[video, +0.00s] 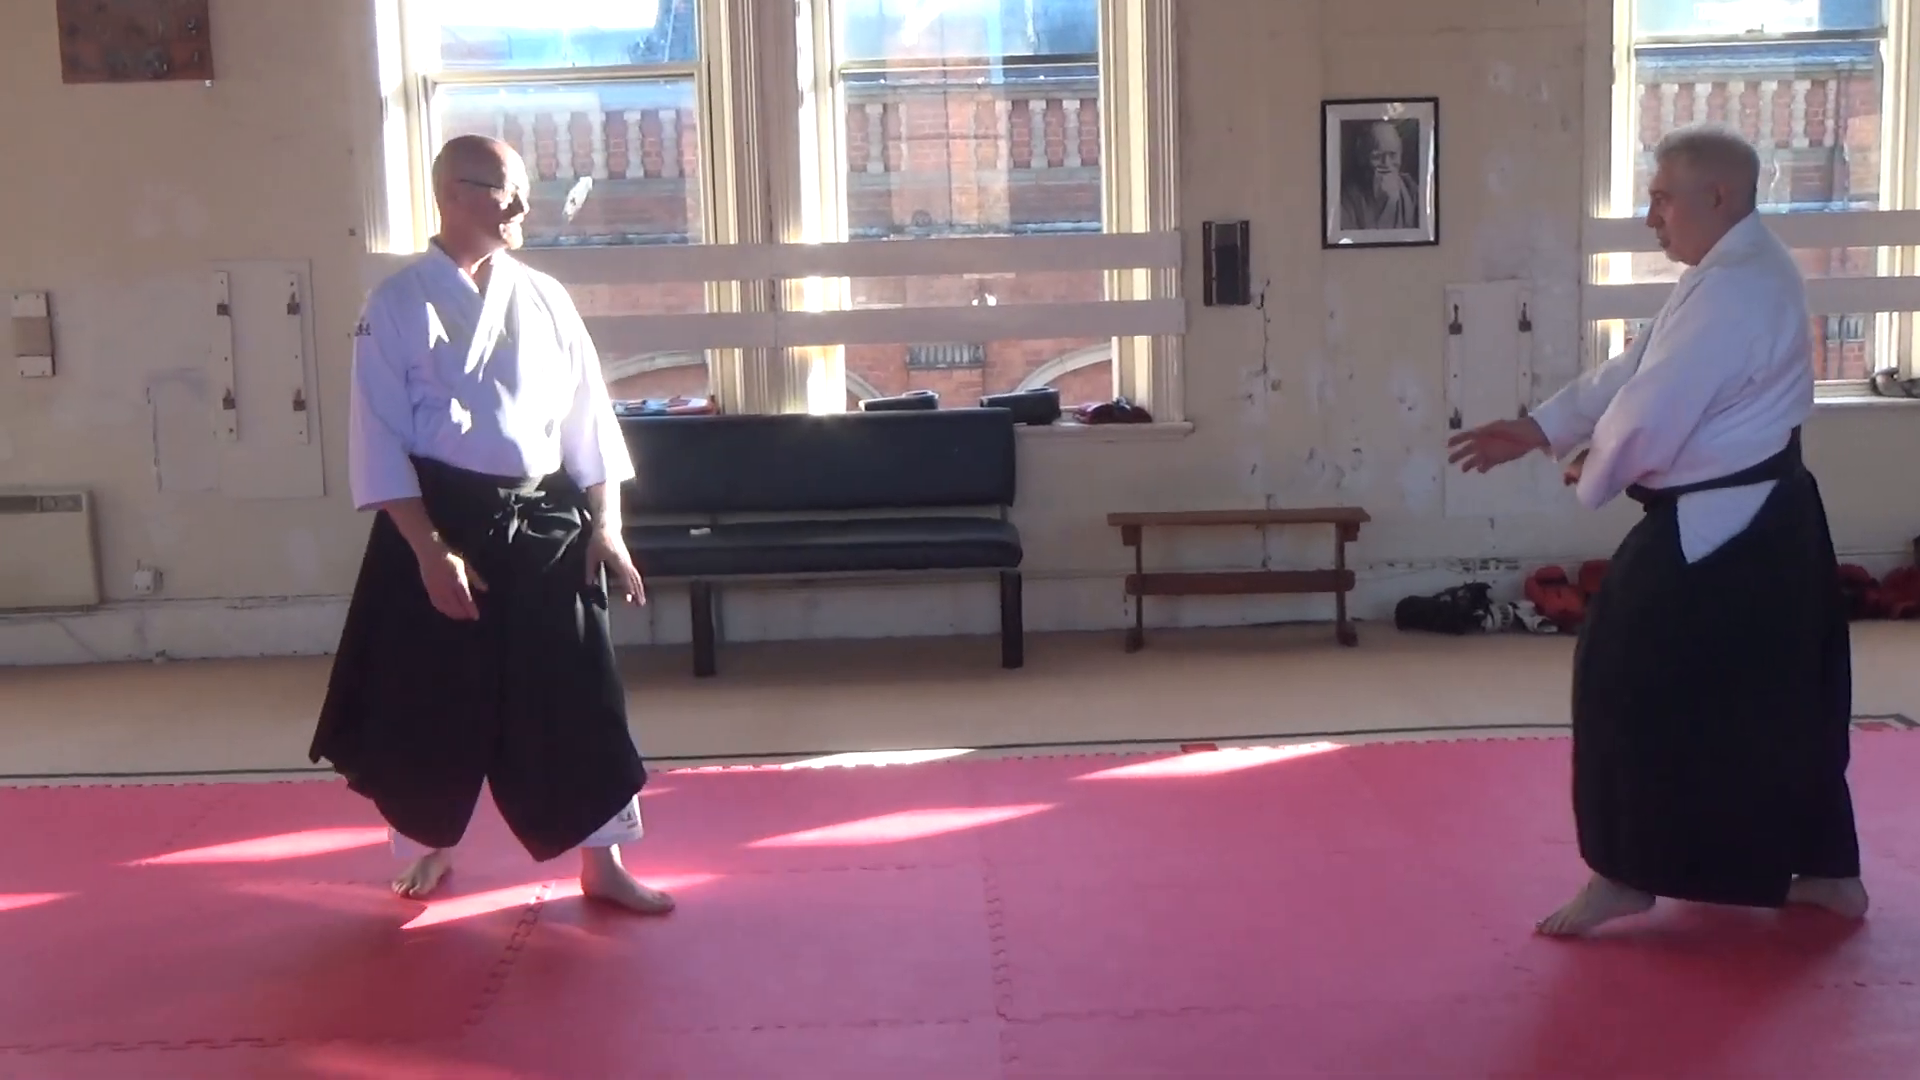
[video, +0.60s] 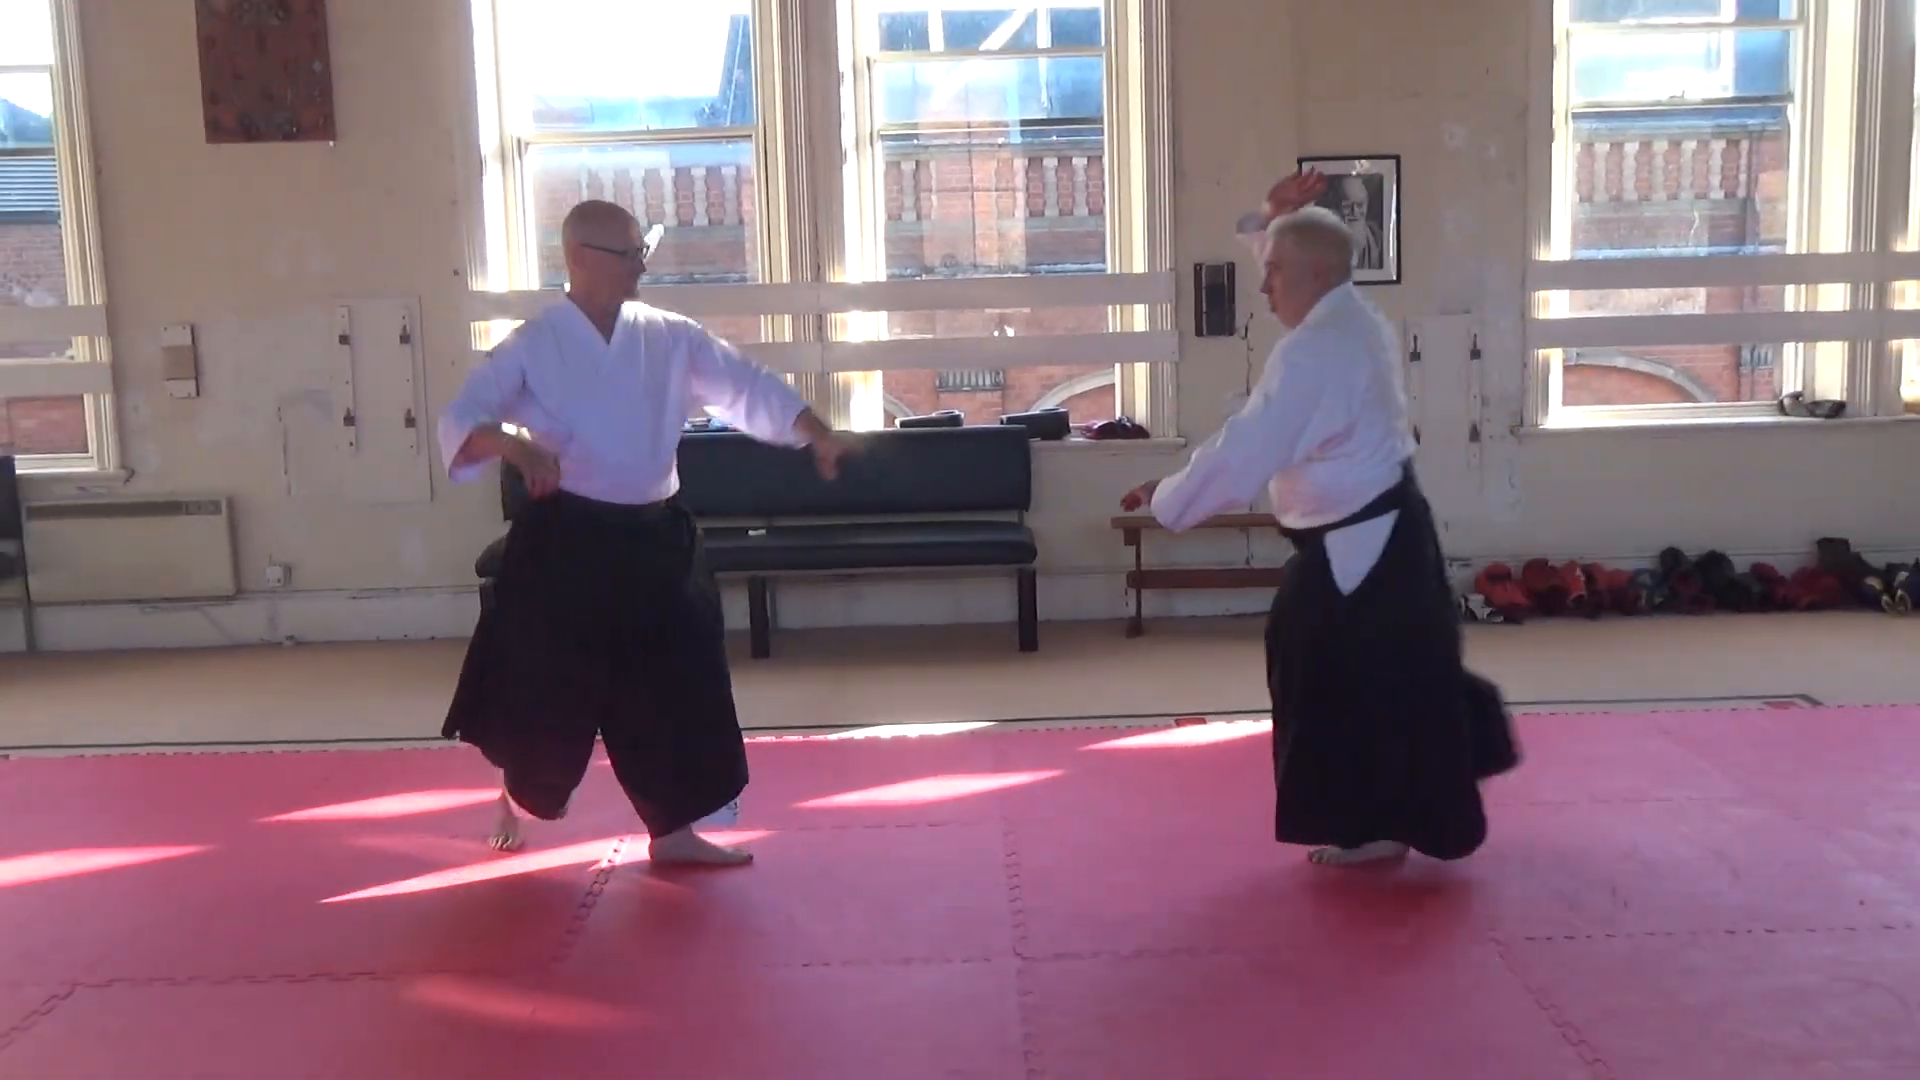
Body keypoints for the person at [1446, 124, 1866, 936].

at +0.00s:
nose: (1651, 215)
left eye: (1663, 198)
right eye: (1652, 199)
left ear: (1719, 198)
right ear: (1723, 199)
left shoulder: (1728, 290)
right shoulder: (1746, 268)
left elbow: (1642, 423)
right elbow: (1634, 362)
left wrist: (1595, 475)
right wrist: (1537, 427)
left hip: (1710, 520)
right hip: (1770, 509)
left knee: (1616, 673)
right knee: (1794, 695)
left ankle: (1624, 869)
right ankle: (1828, 869)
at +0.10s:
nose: (1619, 223)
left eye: (1631, 208)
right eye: (1620, 207)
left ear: (1685, 210)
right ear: (1688, 210)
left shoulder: (1688, 297)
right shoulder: (1718, 273)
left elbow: (1607, 421)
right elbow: (1609, 357)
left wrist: (1564, 485)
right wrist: (1499, 390)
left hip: (1689, 523)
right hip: (1746, 508)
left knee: (1577, 662)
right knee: (1777, 689)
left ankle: (1576, 864)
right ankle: (1827, 864)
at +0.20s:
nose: (1583, 232)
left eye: (1595, 216)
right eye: (1583, 215)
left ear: (1646, 219)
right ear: (1656, 221)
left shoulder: (1645, 307)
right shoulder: (1697, 279)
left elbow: (1566, 423)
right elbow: (1581, 351)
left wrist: (1511, 478)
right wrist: (1486, 313)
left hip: (1661, 531)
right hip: (1727, 515)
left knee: (1548, 665)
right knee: (1767, 690)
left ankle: (1507, 856)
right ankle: (1830, 861)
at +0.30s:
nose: (1526, 242)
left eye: (1537, 226)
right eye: (1527, 225)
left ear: (1588, 231)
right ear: (1599, 229)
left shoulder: (1585, 317)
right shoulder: (1637, 286)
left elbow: (1504, 420)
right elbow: (1538, 324)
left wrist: (1423, 475)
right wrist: (1470, 259)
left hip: (1618, 534)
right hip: (1681, 516)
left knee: (1498, 666)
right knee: (1744, 691)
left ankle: (1446, 853)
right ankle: (1830, 855)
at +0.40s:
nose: (1441, 254)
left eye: (1455, 237)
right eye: (1440, 238)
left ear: (1505, 243)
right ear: (1512, 241)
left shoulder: (1489, 338)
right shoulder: (1552, 294)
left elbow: (1395, 430)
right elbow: (1465, 291)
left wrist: (1310, 472)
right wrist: (1422, 221)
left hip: (1536, 542)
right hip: (1599, 519)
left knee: (1429, 666)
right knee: (1681, 678)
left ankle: (1424, 853)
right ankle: (1791, 828)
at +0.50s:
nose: (1333, 279)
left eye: (1342, 267)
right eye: (1333, 266)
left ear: (1381, 270)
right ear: (1397, 270)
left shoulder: (1374, 351)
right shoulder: (1434, 315)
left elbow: (1293, 437)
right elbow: (1356, 271)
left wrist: (1210, 483)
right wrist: (1333, 221)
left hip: (1425, 542)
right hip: (1471, 522)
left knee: (1349, 671)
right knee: (1541, 658)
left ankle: (1382, 832)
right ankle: (1634, 761)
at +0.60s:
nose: (1265, 283)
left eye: (1274, 269)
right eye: (1265, 269)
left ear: (1311, 275)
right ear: (1329, 272)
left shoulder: (1318, 348)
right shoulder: (1352, 319)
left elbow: (1252, 442)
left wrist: (1167, 499)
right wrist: (1274, 221)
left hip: (1354, 538)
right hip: (1384, 521)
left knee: (1333, 674)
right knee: (1374, 672)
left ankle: (1372, 823)